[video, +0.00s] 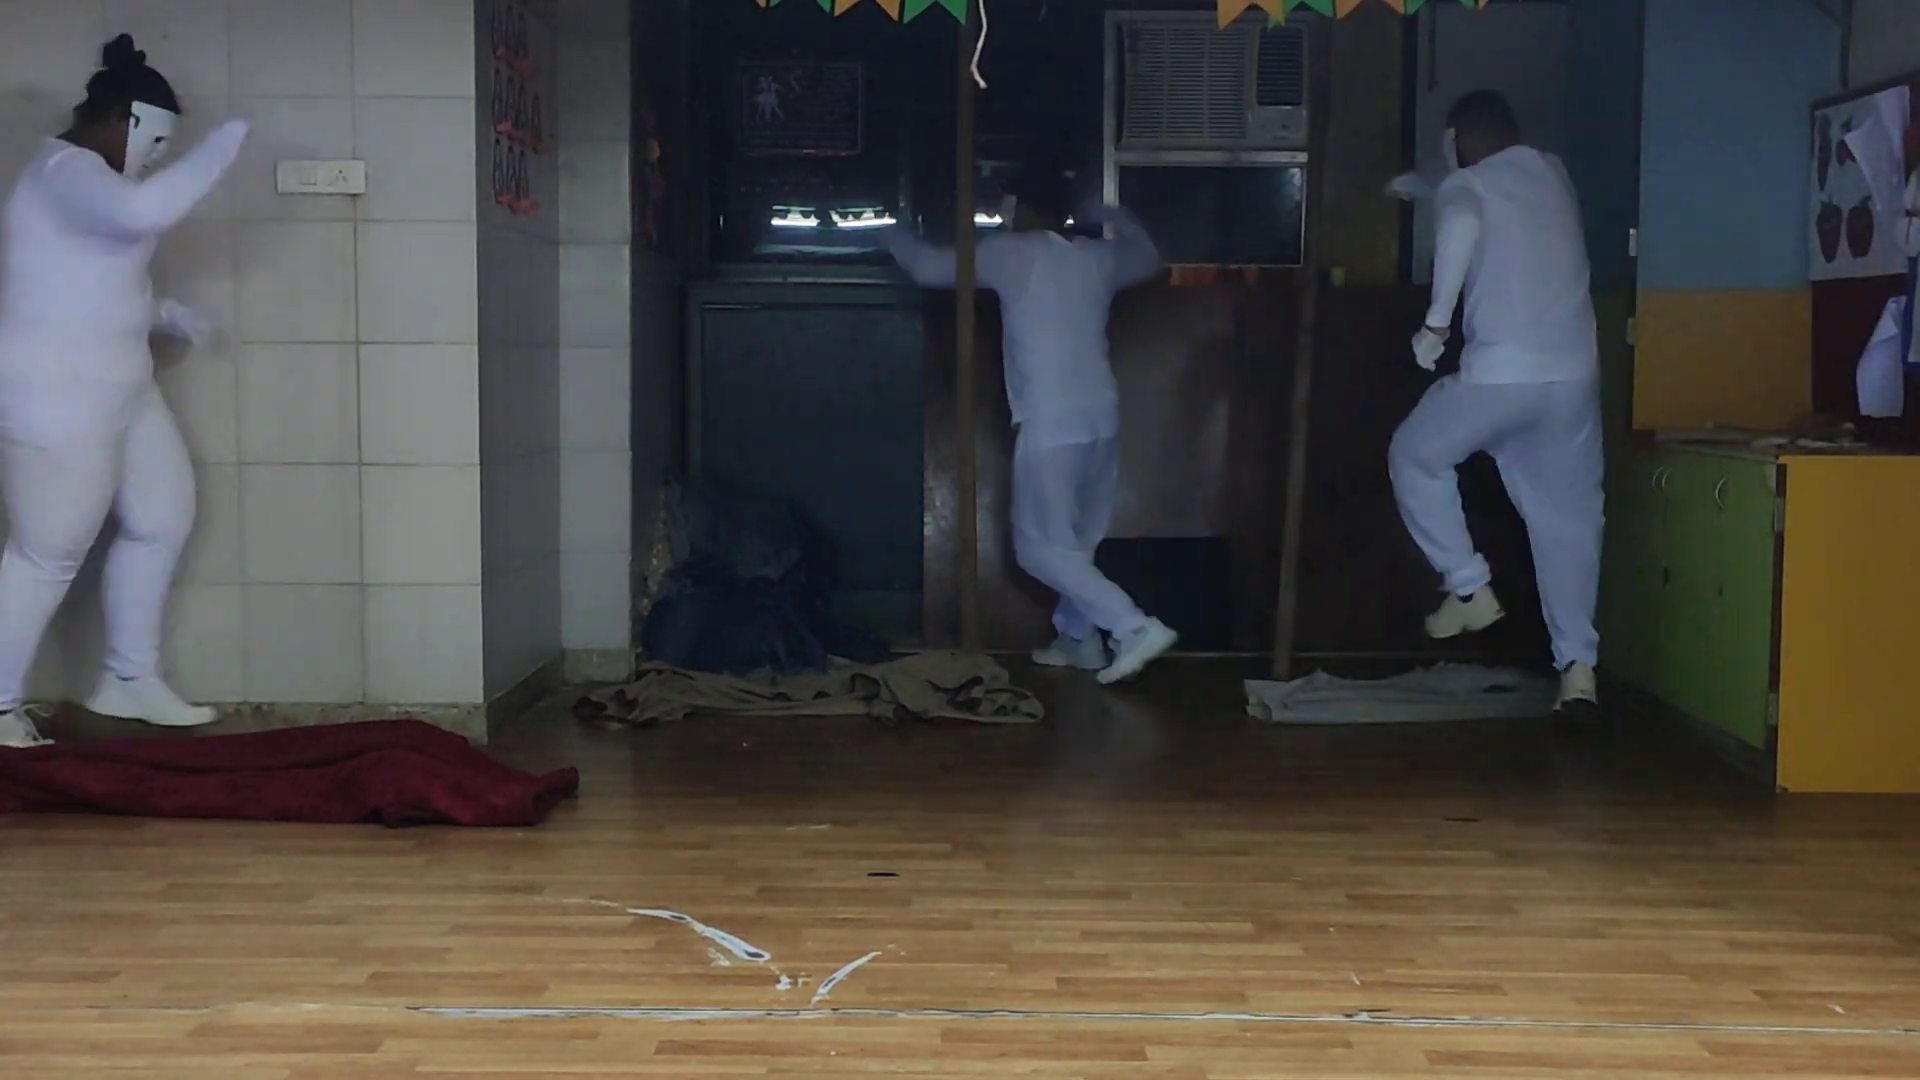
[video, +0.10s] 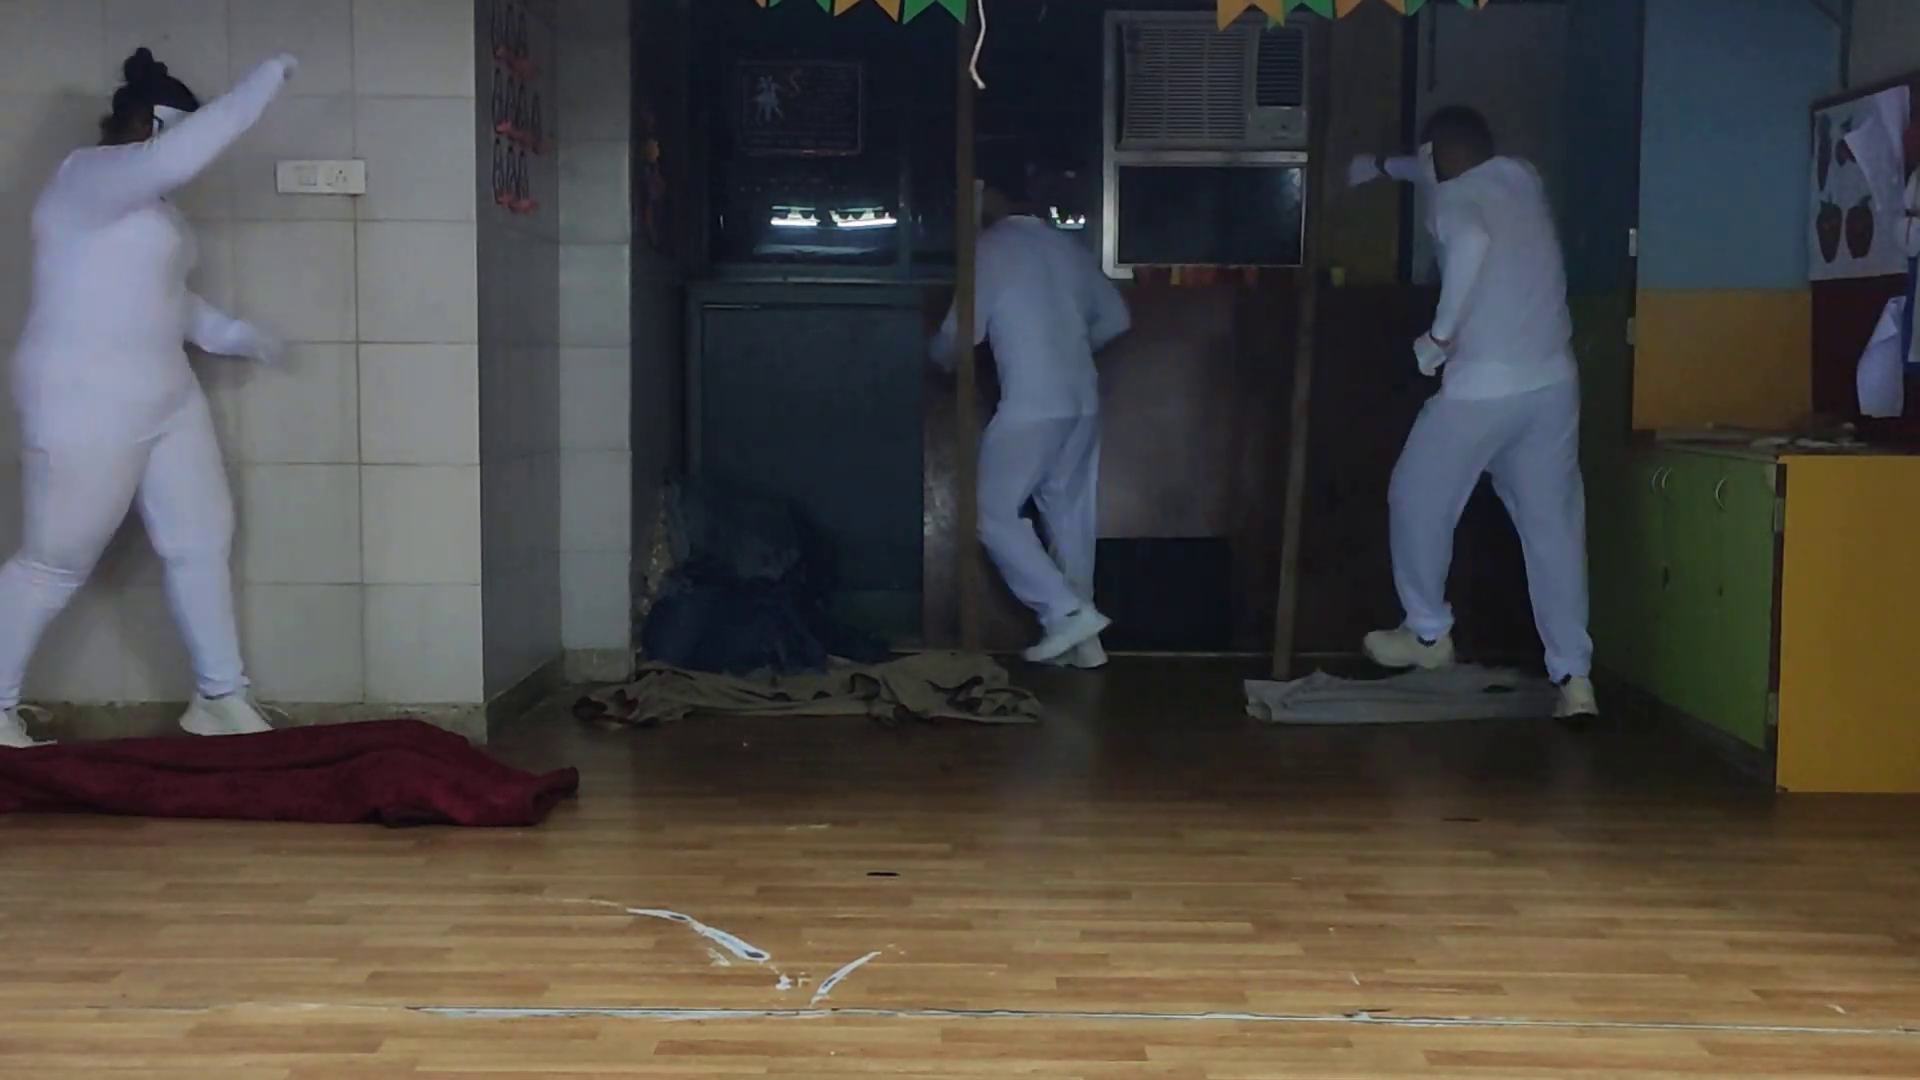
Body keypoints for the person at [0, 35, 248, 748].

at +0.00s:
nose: (151, 155)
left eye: (160, 144)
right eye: (150, 137)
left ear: (110, 120)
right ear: (117, 119)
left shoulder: (103, 186)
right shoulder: (63, 170)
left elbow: (95, 300)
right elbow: (137, 213)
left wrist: (163, 318)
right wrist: (218, 150)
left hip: (124, 396)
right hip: (55, 401)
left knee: (160, 516)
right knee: (45, 551)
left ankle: (129, 680)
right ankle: (4, 704)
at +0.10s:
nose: (173, 146)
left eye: (180, 136)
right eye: (167, 132)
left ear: (172, 136)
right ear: (137, 123)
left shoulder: (158, 217)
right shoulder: (80, 181)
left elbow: (170, 306)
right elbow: (166, 159)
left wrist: (240, 336)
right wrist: (259, 87)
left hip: (167, 396)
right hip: (85, 397)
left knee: (199, 542)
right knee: (53, 560)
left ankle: (221, 695)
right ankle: (1, 703)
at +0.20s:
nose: (225, 172)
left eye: (229, 161)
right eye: (214, 156)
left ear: (218, 168)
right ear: (174, 146)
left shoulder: (203, 235)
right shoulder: (104, 213)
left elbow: (234, 319)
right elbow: (152, 184)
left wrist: (294, 353)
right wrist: (238, 125)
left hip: (215, 427)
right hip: (123, 430)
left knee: (240, 562)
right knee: (77, 576)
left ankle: (220, 710)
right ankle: (6, 704)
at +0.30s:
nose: (225, 166)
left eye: (242, 162)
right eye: (217, 147)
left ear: (252, 176)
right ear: (188, 141)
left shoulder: (250, 233)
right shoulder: (130, 204)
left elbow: (286, 321)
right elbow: (90, 259)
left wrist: (328, 313)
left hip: (245, 424)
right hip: (146, 426)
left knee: (262, 557)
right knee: (119, 574)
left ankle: (224, 708)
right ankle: (44, 698)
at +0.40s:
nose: (210, 126)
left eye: (229, 118)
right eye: (198, 110)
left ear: (247, 132)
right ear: (177, 116)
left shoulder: (273, 205)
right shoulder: (135, 196)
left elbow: (344, 267)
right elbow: (68, 279)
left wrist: (356, 204)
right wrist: (125, 329)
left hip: (262, 404)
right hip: (157, 403)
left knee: (258, 557)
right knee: (146, 559)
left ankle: (237, 704)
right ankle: (127, 700)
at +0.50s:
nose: (185, 108)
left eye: (200, 93)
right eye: (171, 96)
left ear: (229, 101)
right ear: (158, 109)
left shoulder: (282, 179)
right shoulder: (134, 191)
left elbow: (382, 190)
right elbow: (92, 284)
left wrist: (375, 124)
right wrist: (69, 368)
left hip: (268, 389)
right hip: (159, 390)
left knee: (260, 548)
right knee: (174, 549)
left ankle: (252, 699)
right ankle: (187, 701)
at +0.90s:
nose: (217, 121)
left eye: (231, 106)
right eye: (203, 112)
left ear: (262, 112)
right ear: (192, 126)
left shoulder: (315, 190)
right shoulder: (185, 207)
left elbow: (413, 238)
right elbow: (137, 281)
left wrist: (330, 209)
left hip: (310, 408)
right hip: (201, 412)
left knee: (332, 561)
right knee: (199, 562)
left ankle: (352, 706)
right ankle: (200, 711)